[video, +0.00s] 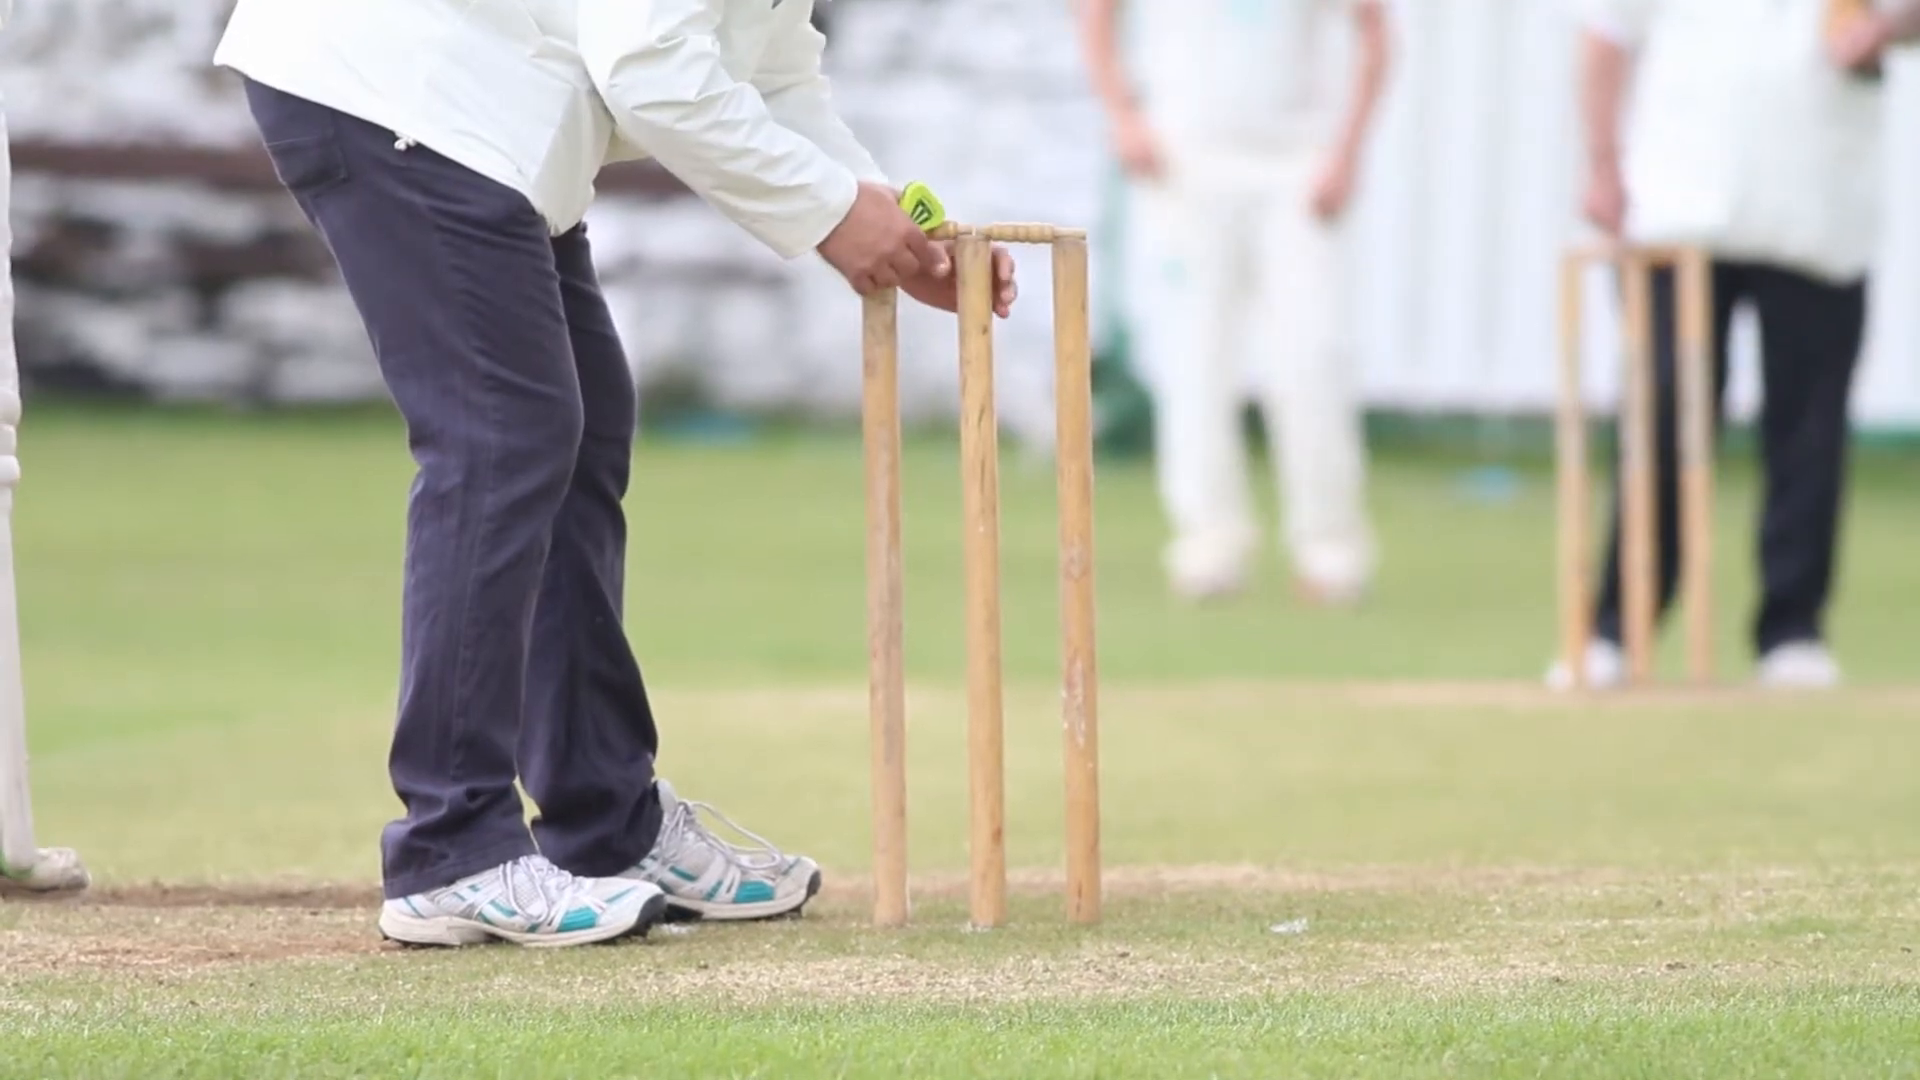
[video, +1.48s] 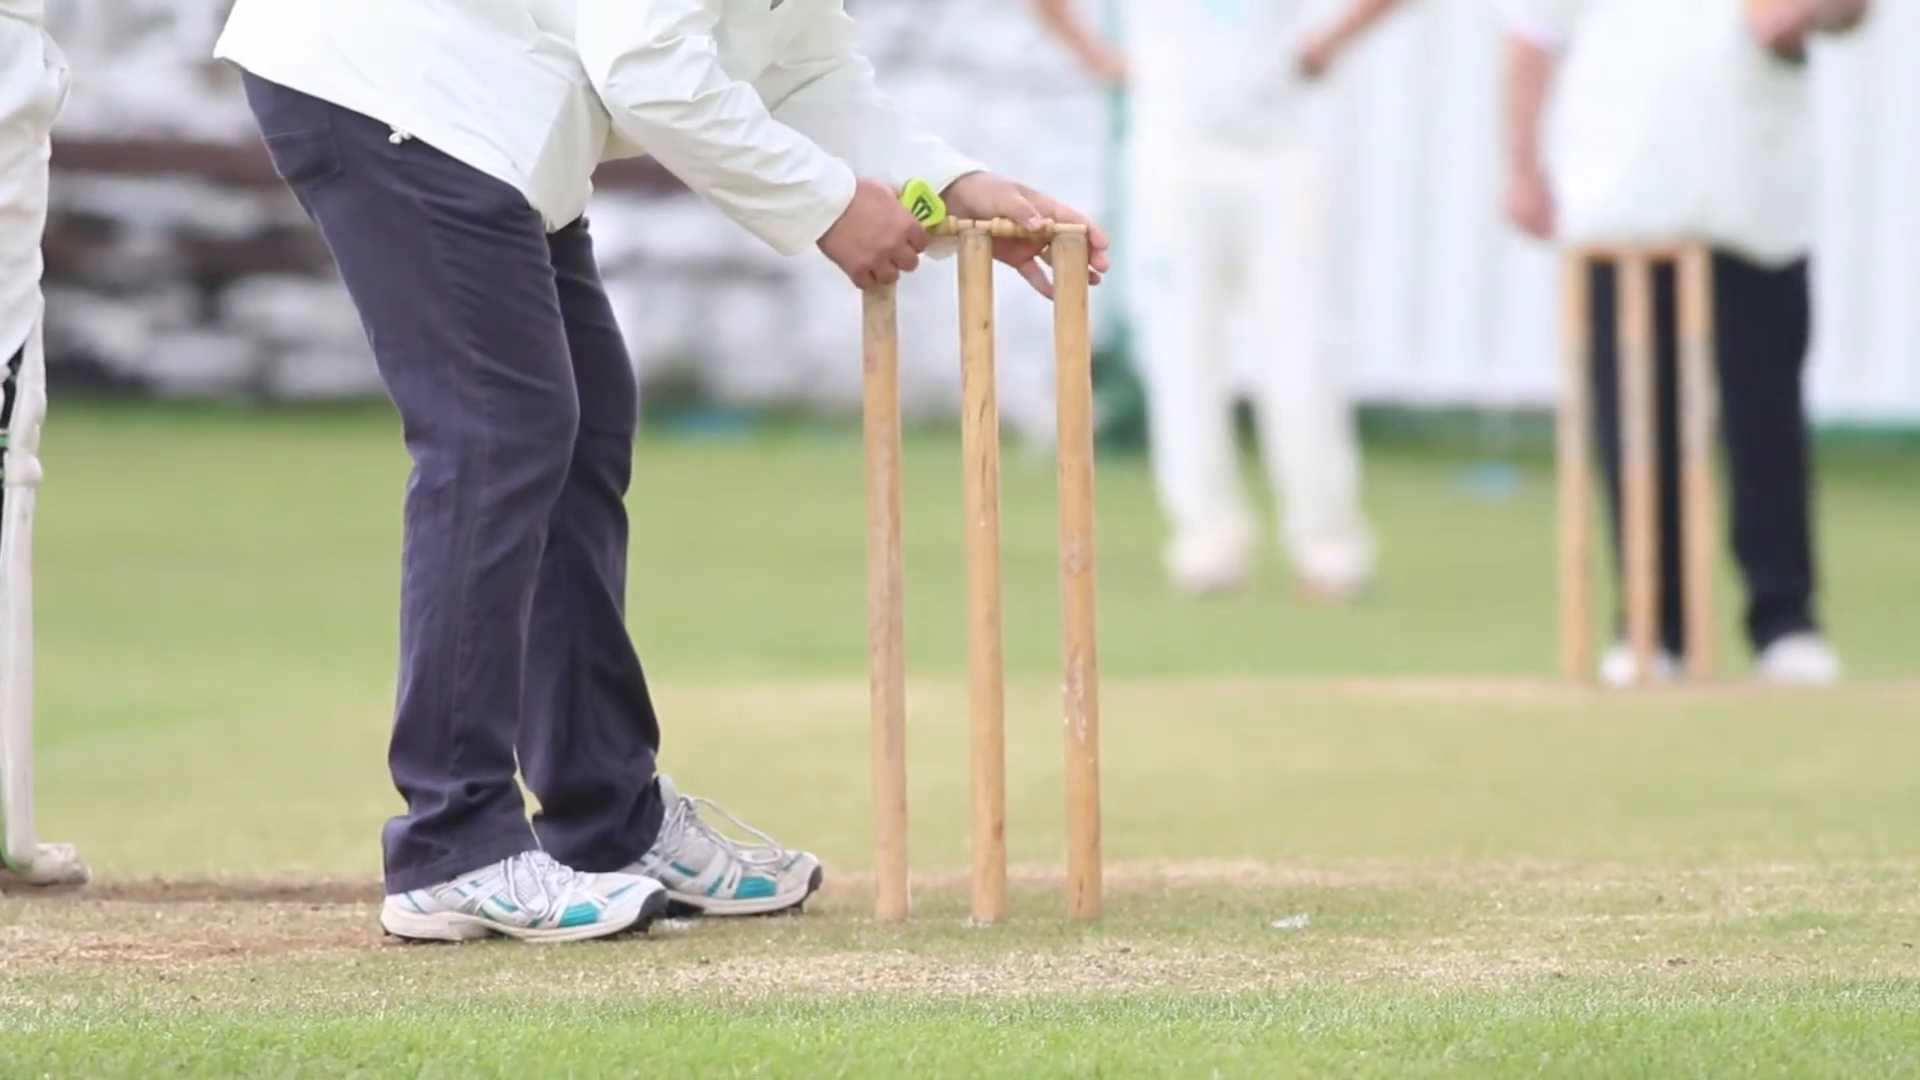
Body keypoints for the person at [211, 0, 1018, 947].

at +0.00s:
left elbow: (780, 77)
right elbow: (649, 67)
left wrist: (891, 224)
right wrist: (829, 215)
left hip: (488, 81)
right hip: (378, 61)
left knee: (585, 419)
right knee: (508, 427)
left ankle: (603, 827)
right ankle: (451, 859)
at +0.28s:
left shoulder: (791, 1)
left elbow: (802, 98)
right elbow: (649, 67)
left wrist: (913, 239)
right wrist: (830, 213)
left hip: (494, 77)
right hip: (381, 55)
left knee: (585, 419)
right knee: (507, 427)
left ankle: (604, 826)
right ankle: (451, 858)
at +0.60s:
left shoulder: (787, 5)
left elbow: (806, 106)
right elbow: (650, 68)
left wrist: (915, 243)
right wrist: (831, 211)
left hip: (494, 81)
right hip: (379, 58)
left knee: (586, 417)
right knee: (505, 426)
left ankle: (604, 824)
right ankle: (451, 857)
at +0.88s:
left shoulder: (781, 8)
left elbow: (796, 100)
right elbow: (645, 62)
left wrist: (907, 236)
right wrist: (827, 212)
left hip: (496, 82)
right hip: (380, 58)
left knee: (586, 417)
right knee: (504, 425)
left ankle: (604, 824)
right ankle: (451, 857)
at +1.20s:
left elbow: (795, 79)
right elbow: (648, 66)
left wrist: (945, 170)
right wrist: (827, 203)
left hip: (489, 82)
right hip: (379, 56)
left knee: (587, 416)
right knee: (507, 426)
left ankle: (606, 822)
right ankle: (451, 855)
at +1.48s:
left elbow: (809, 71)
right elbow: (646, 63)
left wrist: (959, 183)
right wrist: (826, 202)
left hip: (489, 81)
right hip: (377, 55)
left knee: (586, 417)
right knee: (505, 425)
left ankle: (607, 822)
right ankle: (451, 855)